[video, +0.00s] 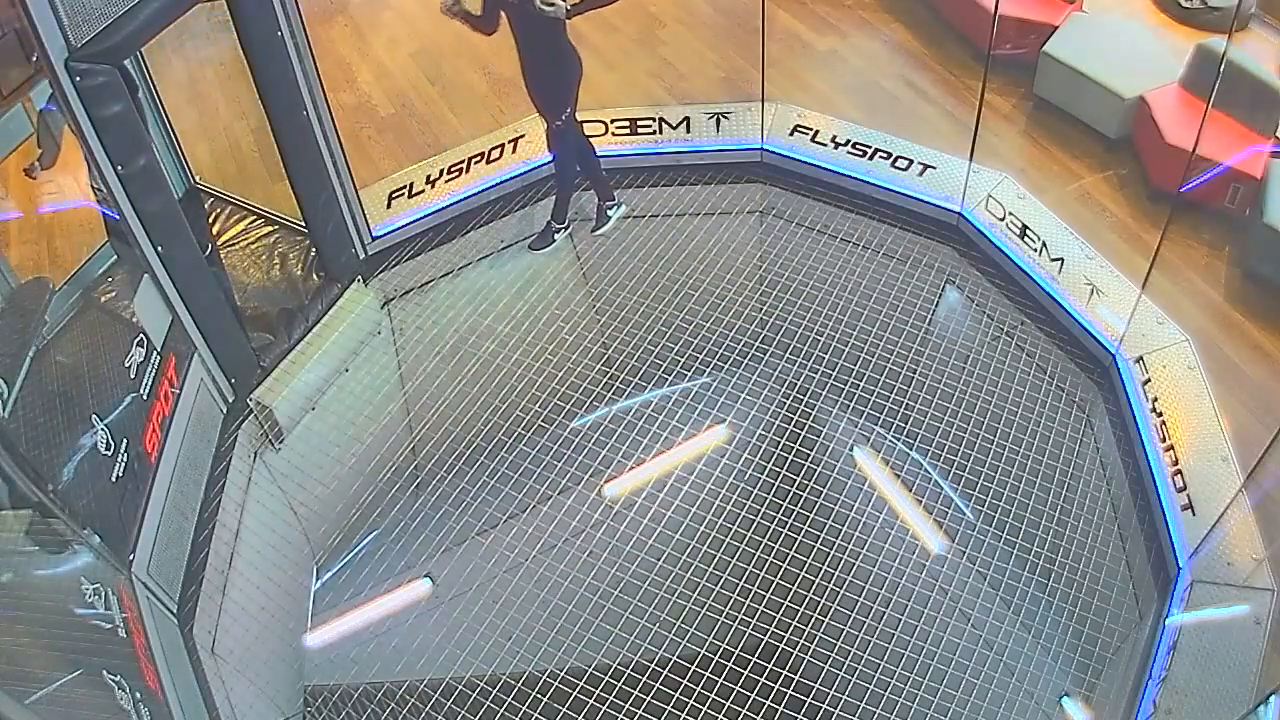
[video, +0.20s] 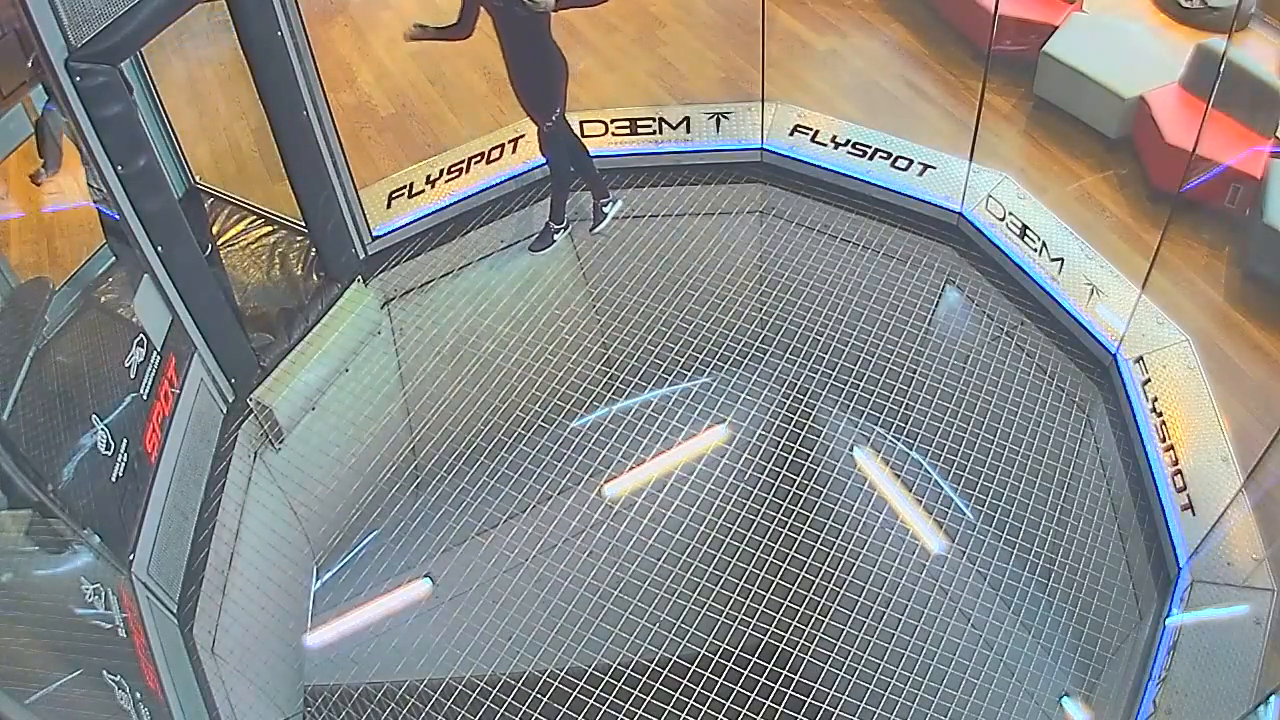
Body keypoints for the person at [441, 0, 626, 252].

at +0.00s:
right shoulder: (496, 2)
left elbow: (606, 0)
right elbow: (488, 25)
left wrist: (569, 11)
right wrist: (461, 14)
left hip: (562, 61)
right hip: (531, 67)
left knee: (560, 138)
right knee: (571, 133)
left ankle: (559, 222)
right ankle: (608, 201)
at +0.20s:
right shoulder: (479, 1)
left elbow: (598, 1)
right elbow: (463, 28)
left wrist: (554, 5)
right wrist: (428, 33)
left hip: (548, 65)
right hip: (517, 71)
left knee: (552, 144)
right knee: (562, 135)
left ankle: (557, 221)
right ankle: (604, 197)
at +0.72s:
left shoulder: (522, 3)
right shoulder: (464, 3)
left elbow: (581, 6)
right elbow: (439, 28)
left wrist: (534, 28)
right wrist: (390, 30)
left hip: (527, 75)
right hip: (498, 81)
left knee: (536, 147)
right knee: (530, 141)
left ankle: (558, 221)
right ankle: (580, 176)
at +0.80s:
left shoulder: (522, 2)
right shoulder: (460, 2)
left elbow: (576, 11)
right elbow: (439, 29)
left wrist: (529, 30)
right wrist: (391, 31)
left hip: (524, 78)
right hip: (494, 82)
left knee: (535, 151)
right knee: (517, 146)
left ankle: (559, 221)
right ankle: (562, 186)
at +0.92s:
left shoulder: (521, 2)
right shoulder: (456, 3)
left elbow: (571, 16)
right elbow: (438, 29)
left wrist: (523, 39)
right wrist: (389, 32)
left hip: (521, 79)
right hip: (488, 83)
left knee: (532, 153)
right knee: (500, 151)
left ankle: (558, 220)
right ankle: (535, 194)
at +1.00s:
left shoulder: (517, 3)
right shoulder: (453, 4)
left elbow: (570, 17)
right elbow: (438, 30)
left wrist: (523, 41)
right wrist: (388, 35)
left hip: (515, 79)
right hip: (484, 82)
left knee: (532, 157)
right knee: (486, 153)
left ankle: (557, 220)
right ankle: (511, 206)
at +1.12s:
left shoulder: (512, 4)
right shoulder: (448, 4)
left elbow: (567, 19)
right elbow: (436, 31)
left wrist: (520, 45)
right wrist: (385, 37)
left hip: (509, 82)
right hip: (474, 86)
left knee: (527, 160)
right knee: (473, 159)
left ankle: (557, 219)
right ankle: (479, 220)